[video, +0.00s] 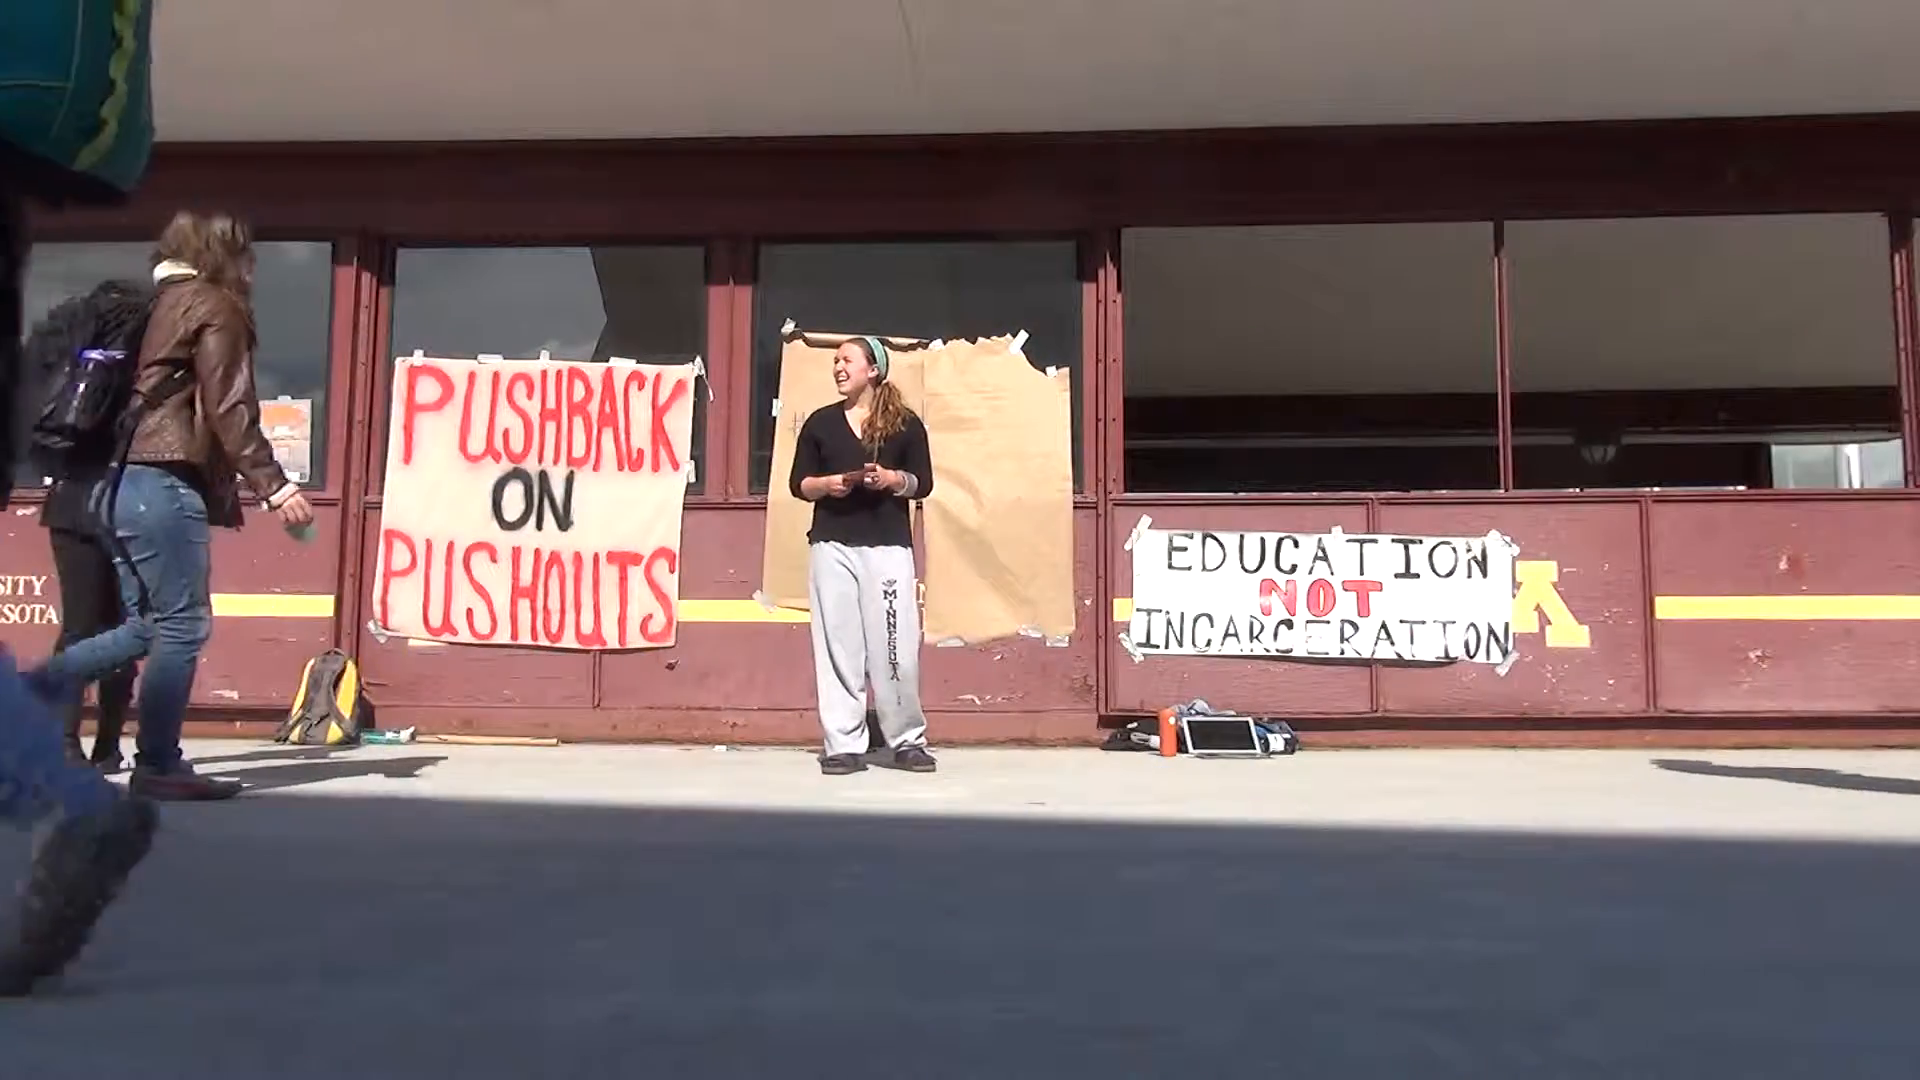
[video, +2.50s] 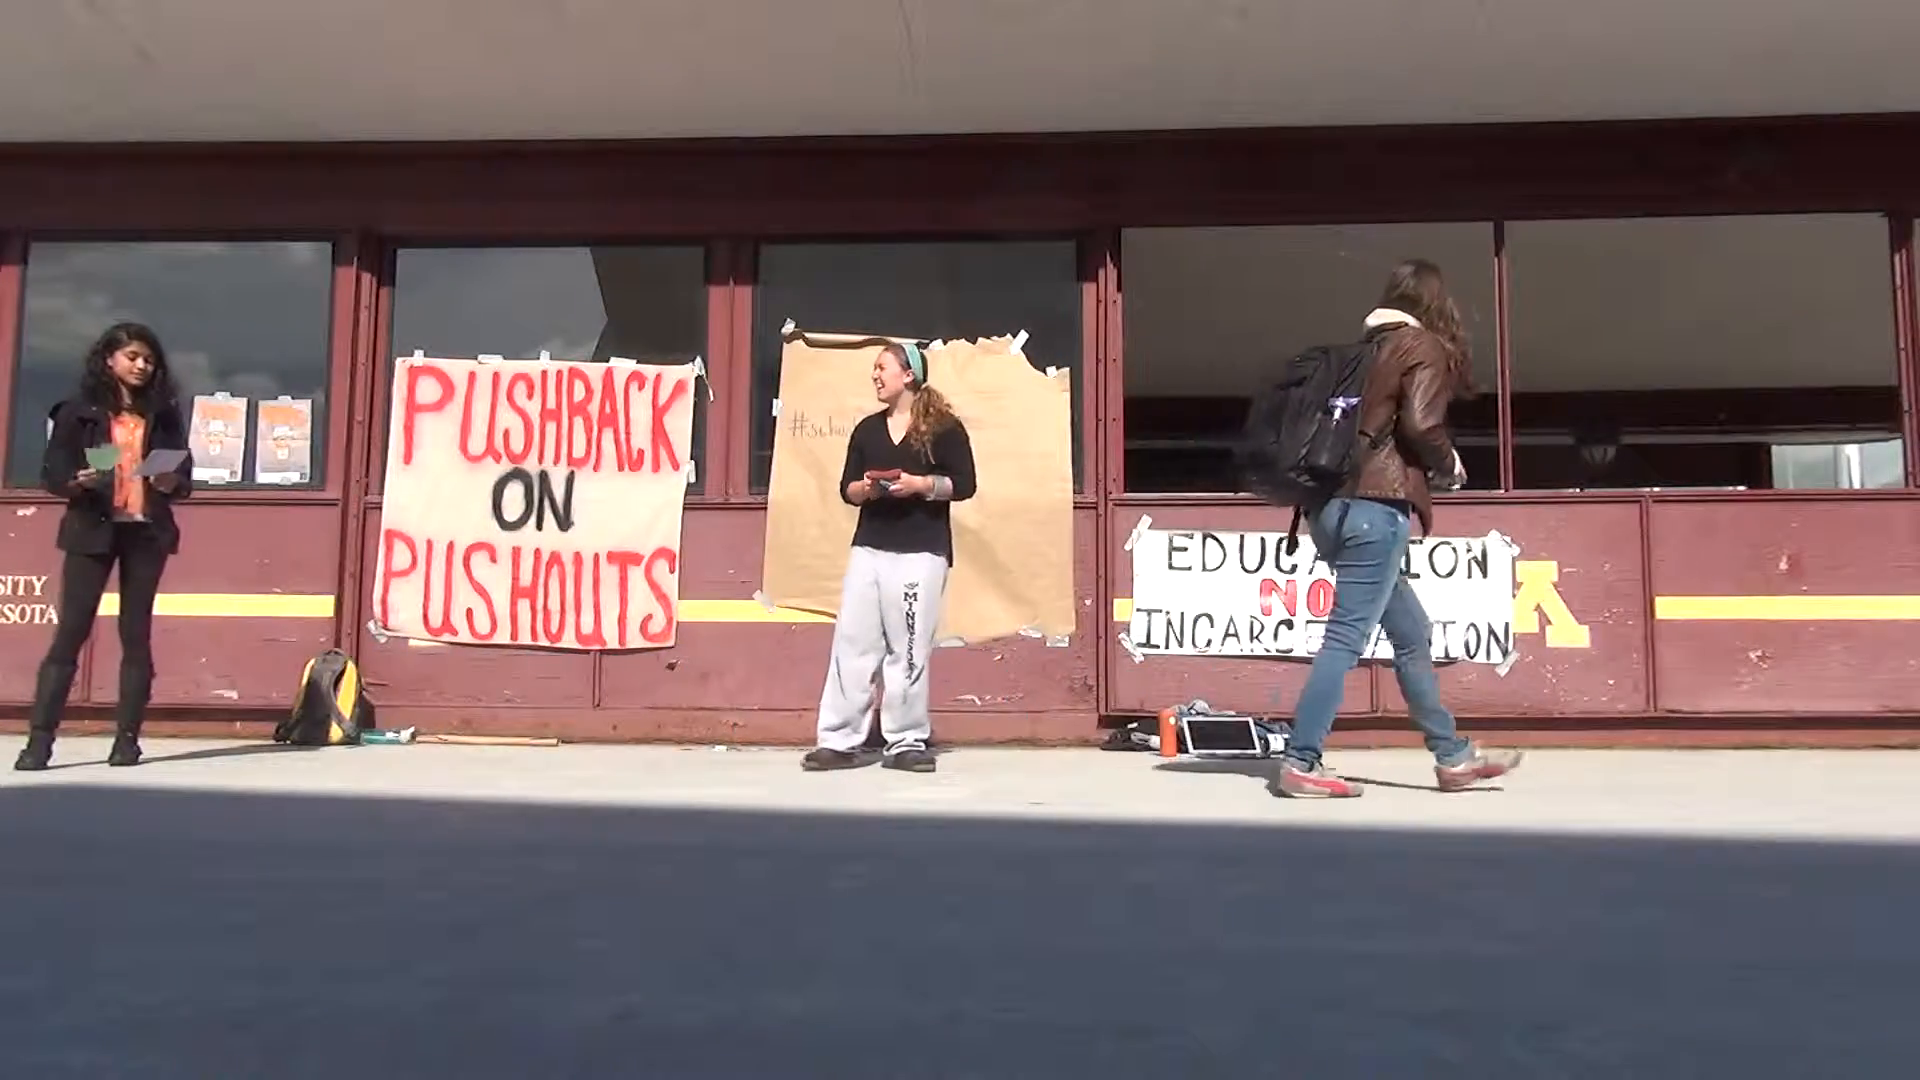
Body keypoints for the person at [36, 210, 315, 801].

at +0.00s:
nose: (247, 266)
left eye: (245, 255)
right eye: (242, 255)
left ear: (185, 251)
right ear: (224, 253)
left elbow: (160, 401)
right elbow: (228, 406)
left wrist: (216, 482)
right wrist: (279, 486)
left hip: (127, 485)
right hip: (164, 488)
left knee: (150, 624)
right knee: (182, 629)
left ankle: (37, 687)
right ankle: (160, 768)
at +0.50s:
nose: (501, 291)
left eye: (500, 281)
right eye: (494, 280)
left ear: (453, 277)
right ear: (466, 281)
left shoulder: (447, 337)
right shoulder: (424, 333)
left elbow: (446, 437)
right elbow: (406, 427)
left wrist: (462, 506)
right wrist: (429, 503)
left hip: (413, 513)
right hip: (375, 505)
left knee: (467, 625)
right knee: (342, 644)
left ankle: (458, 769)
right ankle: (214, 742)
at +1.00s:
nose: (734, 308)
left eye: (734, 297)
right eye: (731, 297)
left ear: (682, 289)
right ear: (711, 296)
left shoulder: (666, 340)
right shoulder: (669, 344)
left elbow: (647, 437)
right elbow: (644, 439)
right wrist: (656, 523)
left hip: (614, 516)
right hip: (631, 516)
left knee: (578, 646)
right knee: (710, 631)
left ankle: (484, 746)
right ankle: (736, 769)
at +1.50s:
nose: (979, 312)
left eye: (978, 300)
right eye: (976, 300)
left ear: (927, 294)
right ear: (961, 300)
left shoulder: (912, 342)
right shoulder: (922, 346)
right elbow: (928, 442)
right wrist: (978, 516)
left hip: (886, 519)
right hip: (868, 512)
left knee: (949, 638)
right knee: (823, 641)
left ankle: (1003, 762)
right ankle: (746, 761)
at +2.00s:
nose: (936, 375)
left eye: (938, 369)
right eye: (927, 367)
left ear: (937, 379)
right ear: (900, 373)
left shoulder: (946, 429)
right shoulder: (866, 427)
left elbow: (964, 490)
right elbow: (846, 489)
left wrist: (947, 487)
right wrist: (893, 488)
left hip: (934, 550)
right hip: (880, 548)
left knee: (921, 648)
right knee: (869, 645)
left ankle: (910, 742)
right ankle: (848, 744)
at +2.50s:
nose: (875, 375)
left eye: (882, 368)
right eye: (875, 368)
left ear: (909, 374)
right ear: (885, 376)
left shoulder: (944, 427)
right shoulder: (866, 429)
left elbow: (965, 485)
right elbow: (847, 489)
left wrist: (921, 485)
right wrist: (864, 490)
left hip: (920, 551)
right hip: (870, 547)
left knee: (909, 646)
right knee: (853, 642)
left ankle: (907, 741)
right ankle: (841, 741)